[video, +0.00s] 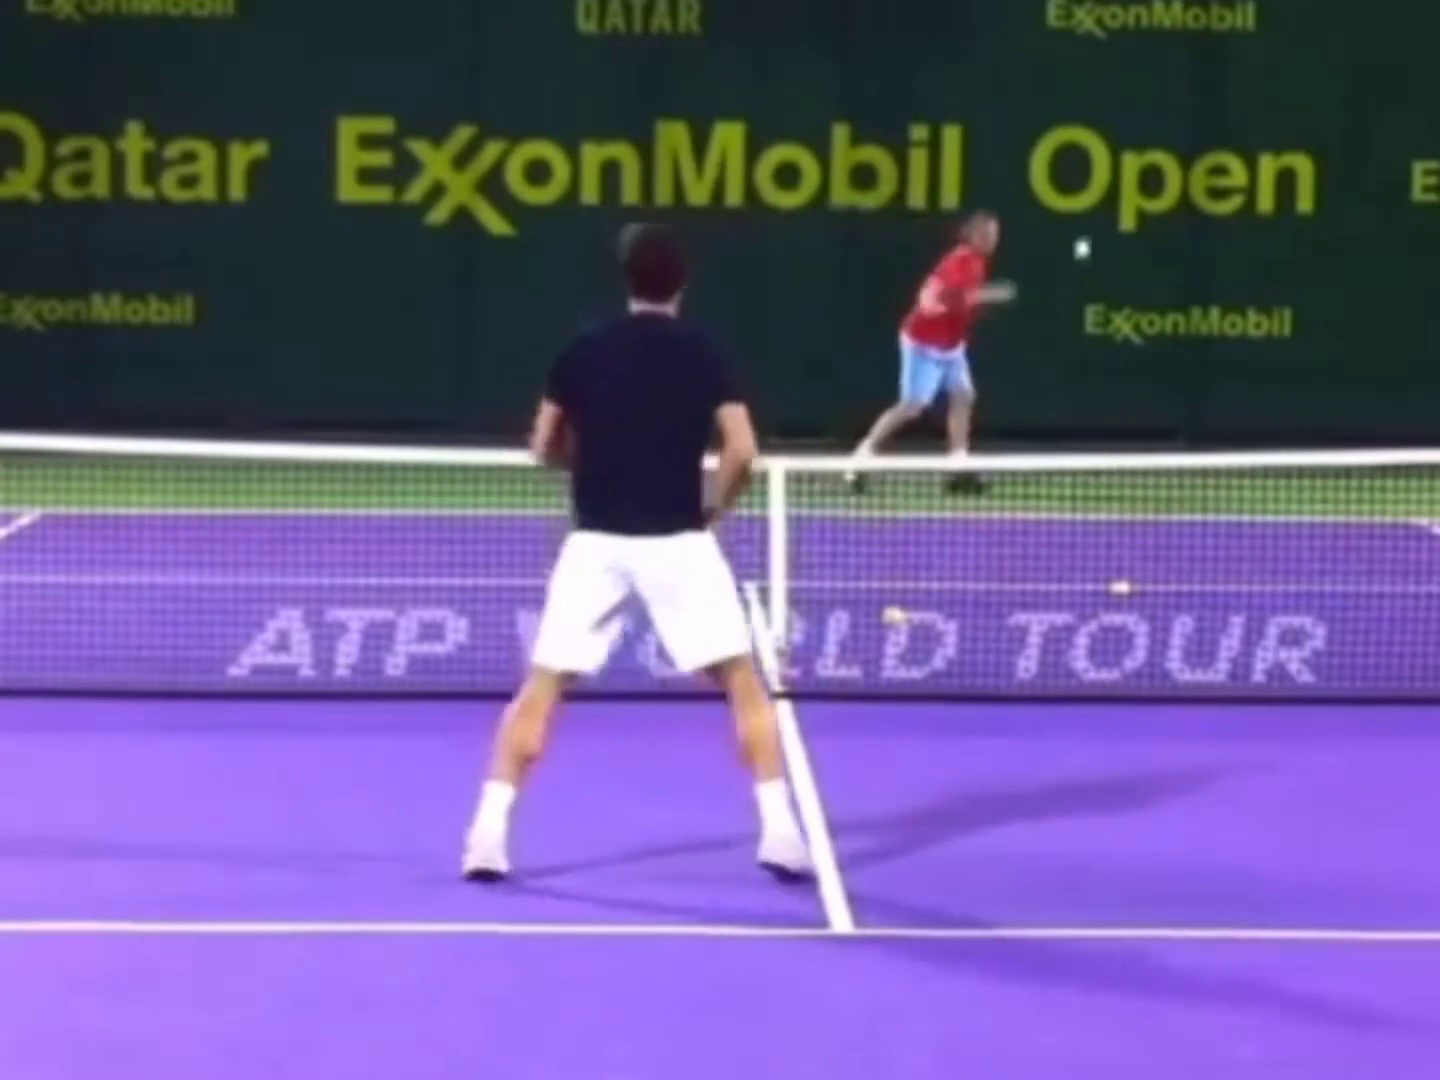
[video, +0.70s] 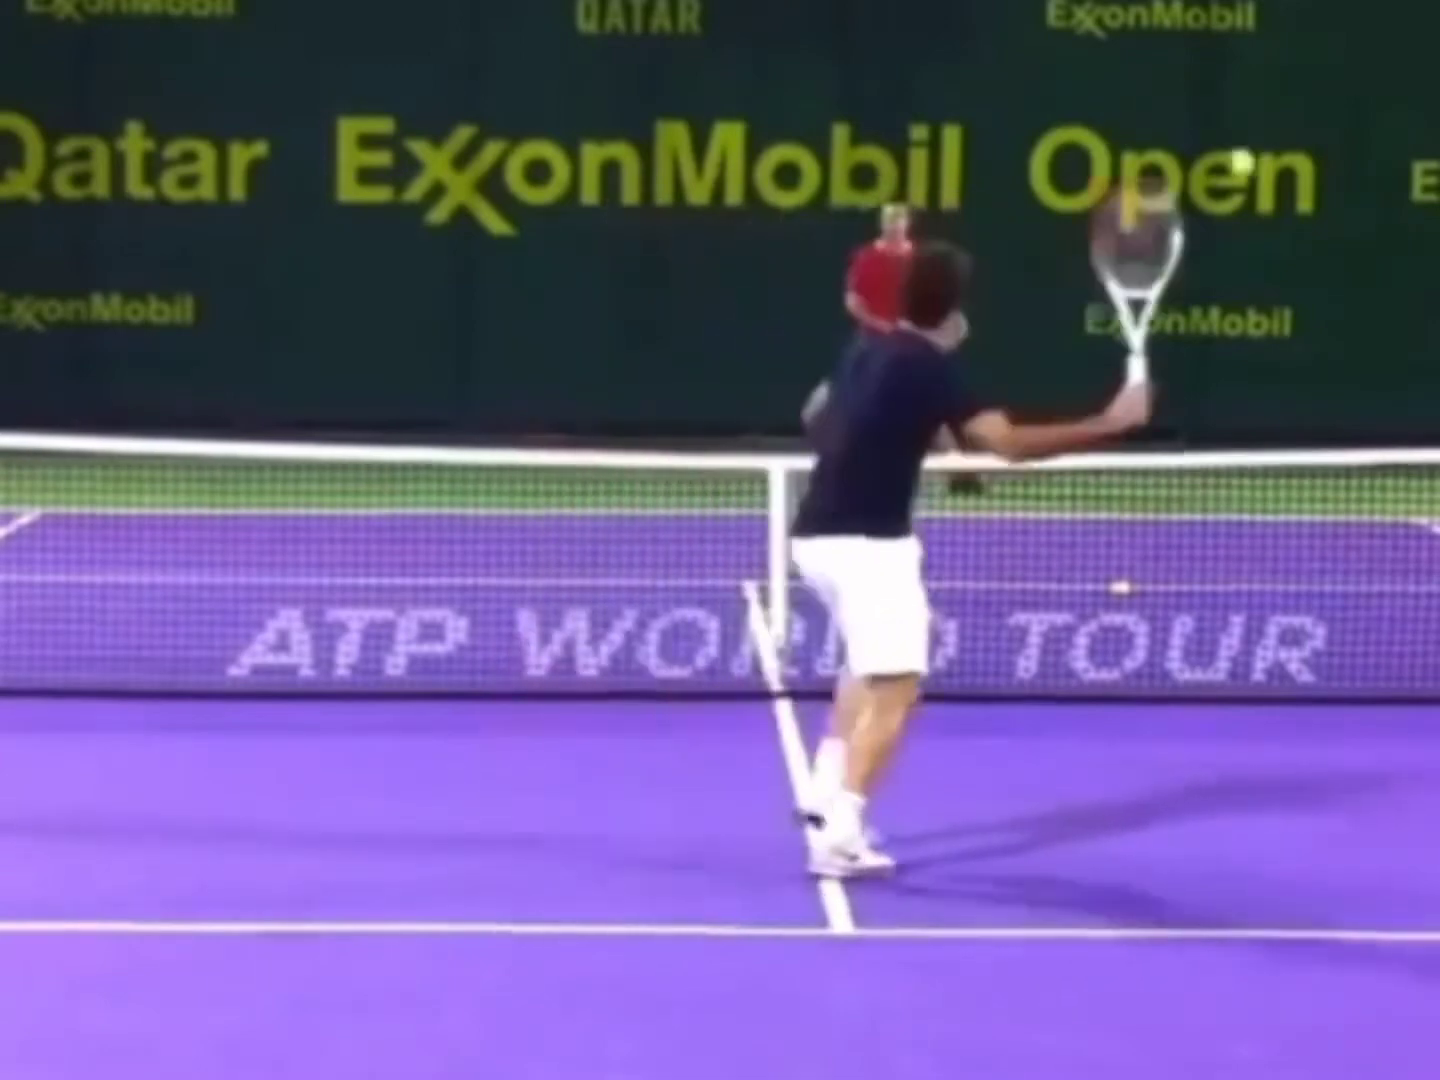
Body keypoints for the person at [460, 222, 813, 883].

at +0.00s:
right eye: (674, 279)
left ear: (624, 283)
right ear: (681, 285)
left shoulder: (587, 349)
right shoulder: (700, 352)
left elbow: (544, 442)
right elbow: (741, 449)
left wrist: (593, 458)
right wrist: (716, 502)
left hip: (594, 543)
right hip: (678, 545)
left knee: (543, 683)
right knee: (742, 680)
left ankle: (490, 825)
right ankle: (778, 827)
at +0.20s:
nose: (738, 296)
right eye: (743, 287)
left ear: (690, 292)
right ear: (746, 295)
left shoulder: (656, 357)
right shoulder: (756, 364)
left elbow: (628, 452)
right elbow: (784, 465)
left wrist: (673, 481)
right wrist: (771, 518)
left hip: (654, 551)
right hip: (736, 555)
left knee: (607, 686)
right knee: (784, 689)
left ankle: (524, 817)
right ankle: (775, 843)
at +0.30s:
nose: (775, 280)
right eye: (781, 272)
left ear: (729, 275)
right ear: (784, 279)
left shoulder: (693, 340)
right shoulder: (784, 347)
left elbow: (689, 425)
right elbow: (808, 445)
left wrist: (777, 460)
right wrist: (824, 481)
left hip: (683, 526)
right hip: (757, 531)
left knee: (672, 670)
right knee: (800, 674)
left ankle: (628, 806)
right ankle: (788, 819)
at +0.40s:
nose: (819, 285)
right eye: (820, 276)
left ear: (763, 278)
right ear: (817, 281)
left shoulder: (731, 336)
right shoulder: (803, 344)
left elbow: (762, 428)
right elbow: (834, 452)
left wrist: (852, 431)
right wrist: (879, 475)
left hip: (712, 527)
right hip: (783, 529)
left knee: (712, 674)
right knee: (845, 666)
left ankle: (660, 823)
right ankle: (813, 808)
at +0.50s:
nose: (859, 289)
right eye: (860, 280)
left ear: (801, 285)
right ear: (859, 289)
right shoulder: (838, 354)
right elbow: (873, 457)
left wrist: (935, 462)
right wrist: (957, 473)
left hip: (749, 539)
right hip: (820, 542)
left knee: (740, 686)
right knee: (866, 682)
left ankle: (670, 816)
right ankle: (838, 830)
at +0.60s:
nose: (926, 302)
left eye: (923, 291)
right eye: (920, 292)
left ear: (855, 293)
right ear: (904, 300)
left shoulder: (824, 346)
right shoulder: (887, 367)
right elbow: (943, 458)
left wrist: (923, 346)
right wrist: (1034, 450)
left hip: (788, 541)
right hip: (847, 545)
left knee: (807, 689)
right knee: (881, 694)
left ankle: (724, 772)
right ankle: (840, 830)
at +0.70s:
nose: (965, 320)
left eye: (963, 307)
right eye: (961, 307)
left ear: (898, 302)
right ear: (945, 311)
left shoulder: (867, 351)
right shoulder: (925, 366)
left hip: (820, 536)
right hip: (872, 542)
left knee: (864, 668)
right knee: (897, 687)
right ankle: (843, 825)